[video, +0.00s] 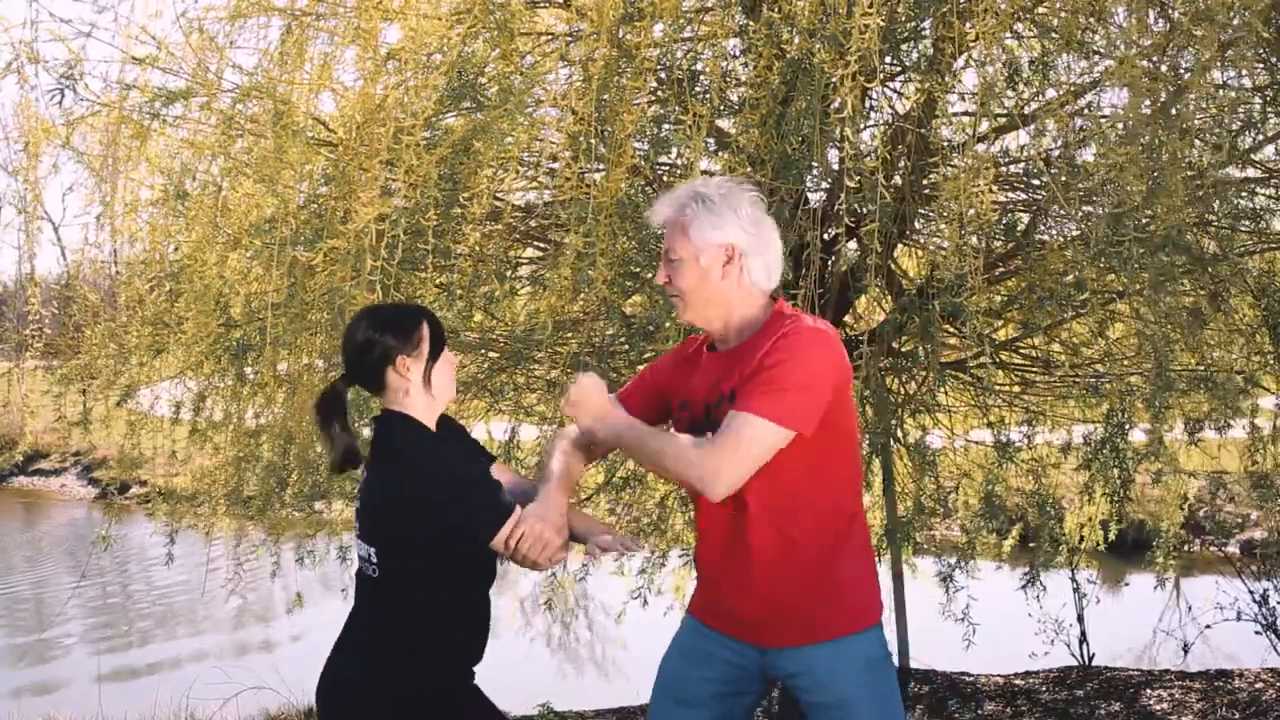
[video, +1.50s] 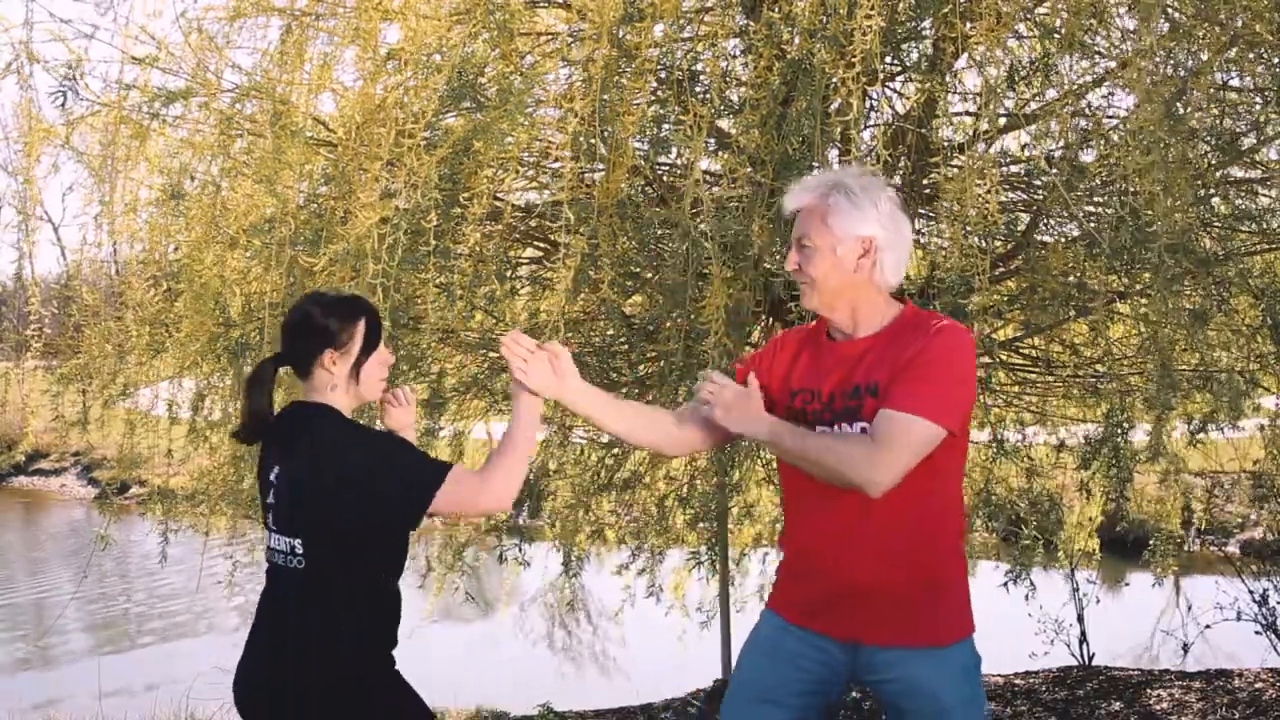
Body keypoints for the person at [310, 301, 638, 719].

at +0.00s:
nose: (454, 359)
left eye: (447, 346)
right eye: (443, 348)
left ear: (401, 368)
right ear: (407, 366)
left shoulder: (434, 429)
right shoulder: (427, 465)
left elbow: (515, 488)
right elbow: (539, 548)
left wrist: (588, 529)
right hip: (414, 695)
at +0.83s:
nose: (463, 357)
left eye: (457, 342)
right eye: (451, 343)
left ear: (406, 357)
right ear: (412, 355)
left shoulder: (377, 420)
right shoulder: (437, 452)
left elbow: (494, 462)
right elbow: (565, 538)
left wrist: (573, 501)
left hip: (330, 673)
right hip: (403, 689)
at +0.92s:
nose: (454, 355)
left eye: (449, 341)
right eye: (443, 343)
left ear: (396, 358)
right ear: (403, 356)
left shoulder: (358, 428)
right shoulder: (435, 458)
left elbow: (451, 470)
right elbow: (564, 534)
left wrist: (533, 475)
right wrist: (603, 519)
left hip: (320, 678)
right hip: (402, 689)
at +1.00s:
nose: (439, 359)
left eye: (434, 346)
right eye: (429, 347)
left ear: (380, 362)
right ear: (389, 362)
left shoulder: (336, 436)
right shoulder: (430, 459)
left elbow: (392, 470)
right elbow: (548, 529)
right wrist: (606, 503)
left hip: (307, 686)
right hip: (397, 693)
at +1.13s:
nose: (412, 375)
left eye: (410, 361)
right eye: (403, 361)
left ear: (348, 374)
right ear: (360, 376)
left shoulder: (299, 445)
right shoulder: (390, 468)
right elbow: (509, 531)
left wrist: (398, 454)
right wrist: (566, 441)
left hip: (275, 690)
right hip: (366, 695)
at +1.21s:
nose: (397, 369)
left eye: (393, 357)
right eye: (386, 359)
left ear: (336, 372)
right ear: (341, 371)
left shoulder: (280, 436)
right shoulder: (363, 462)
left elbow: (365, 535)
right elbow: (480, 531)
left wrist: (393, 444)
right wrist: (518, 431)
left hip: (258, 684)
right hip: (342, 690)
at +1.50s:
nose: (390, 357)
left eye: (384, 344)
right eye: (378, 345)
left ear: (324, 365)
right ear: (333, 362)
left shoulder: (283, 432)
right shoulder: (359, 452)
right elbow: (493, 493)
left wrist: (400, 437)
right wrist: (529, 398)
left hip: (267, 682)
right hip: (348, 689)